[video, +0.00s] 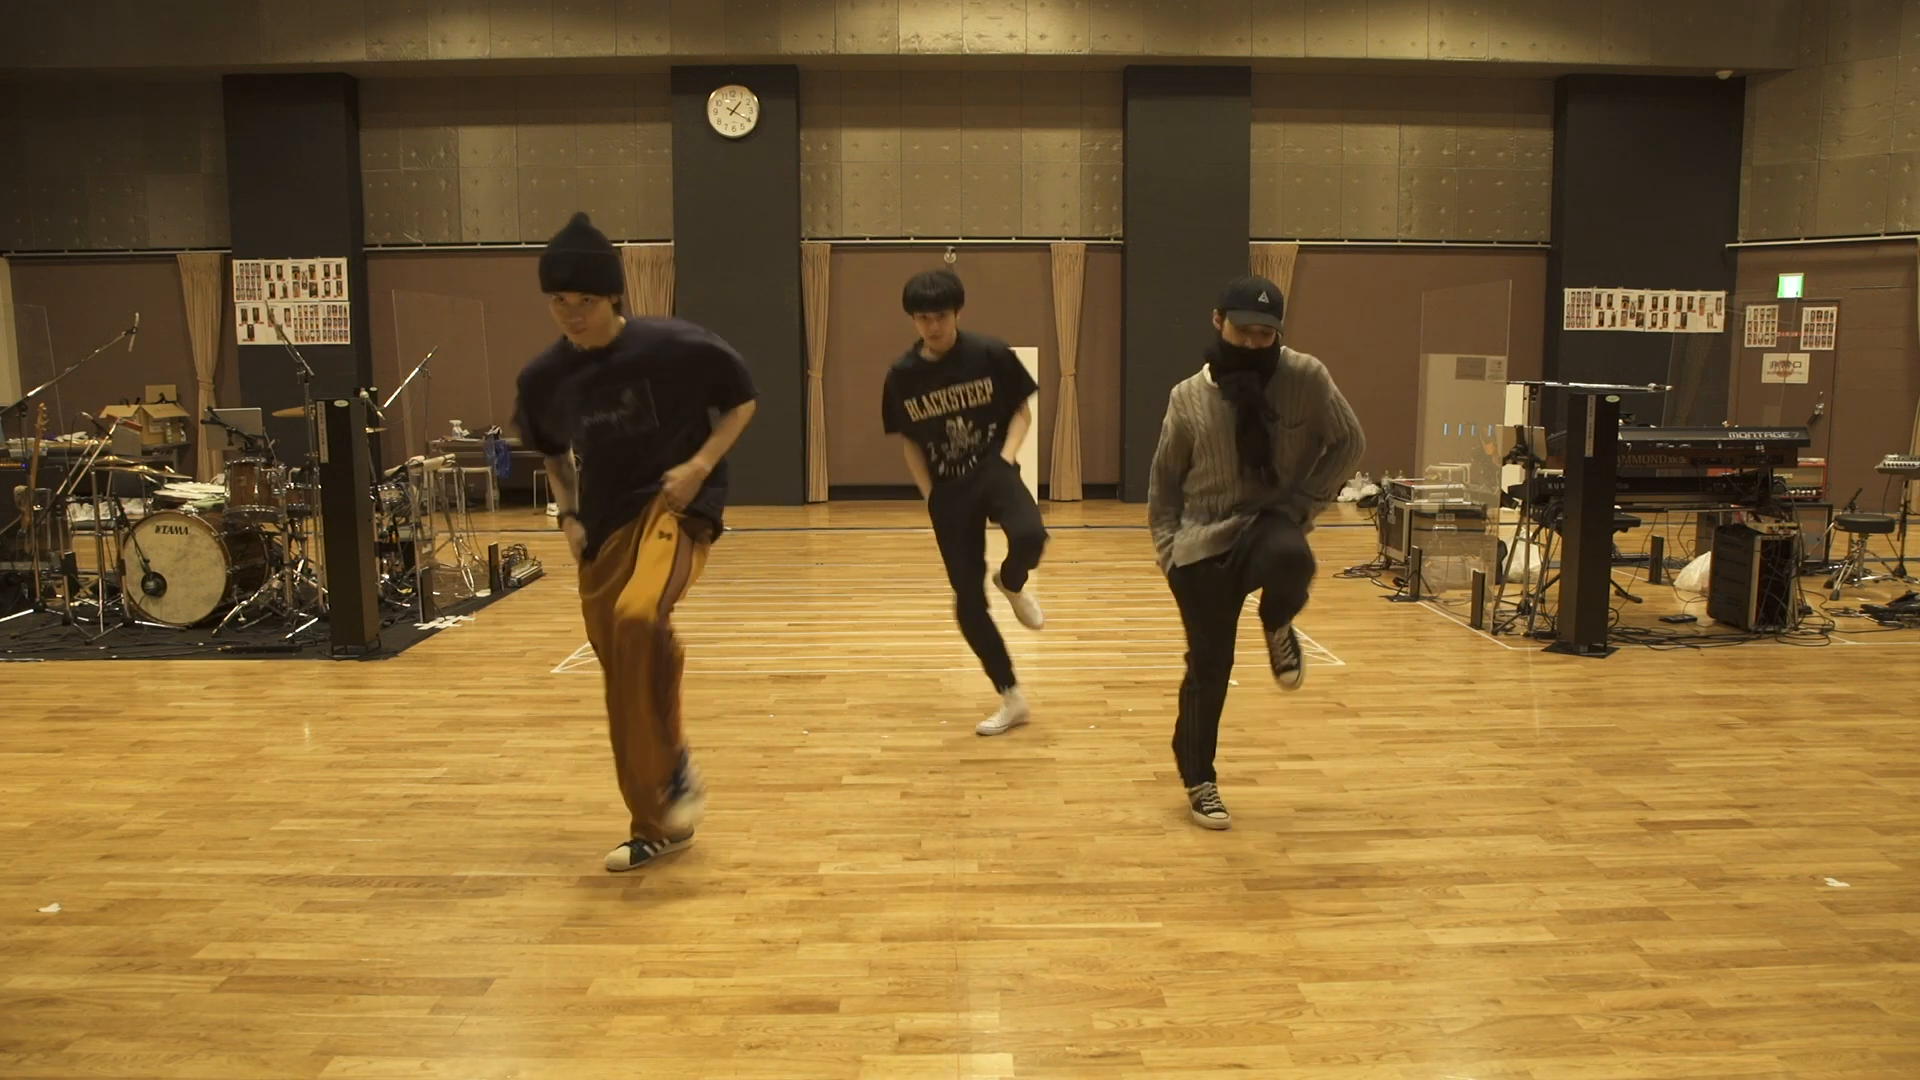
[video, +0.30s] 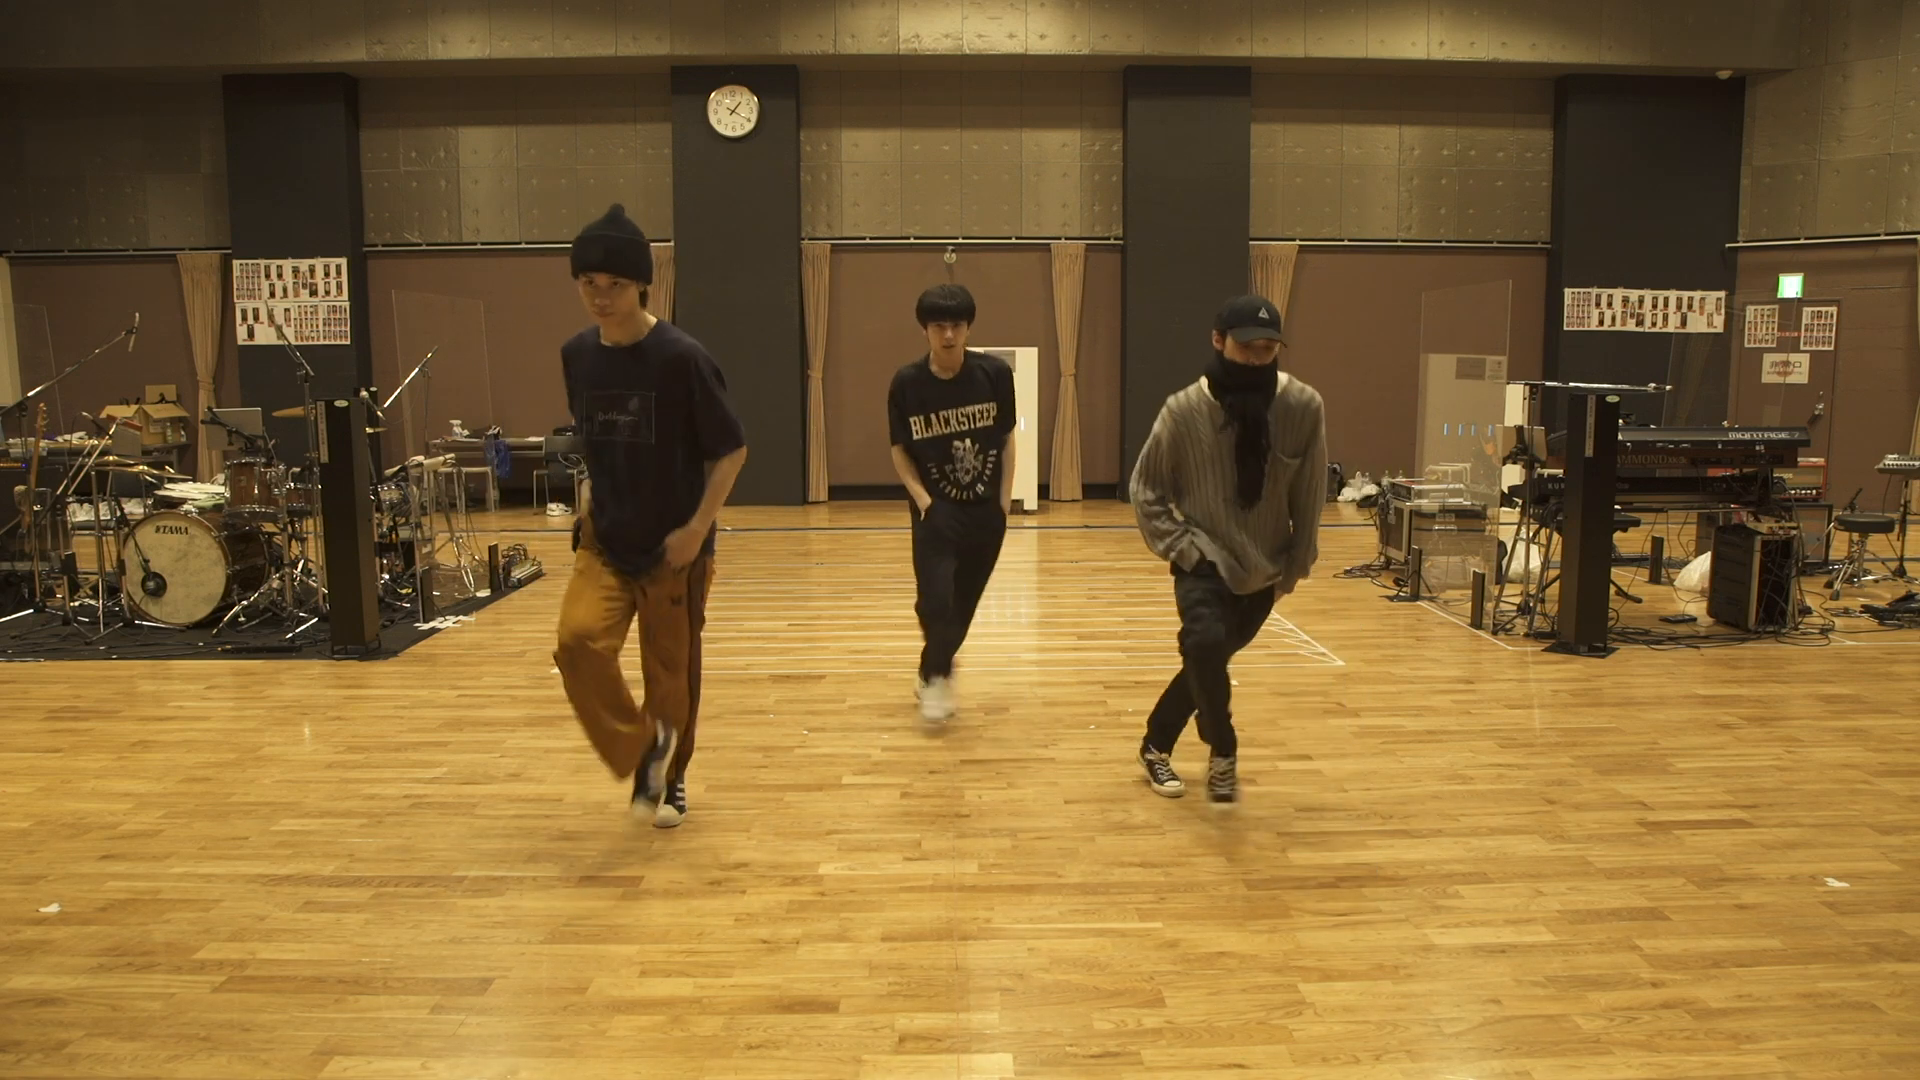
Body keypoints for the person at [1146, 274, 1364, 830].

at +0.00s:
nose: (1254, 342)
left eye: (1265, 332)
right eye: (1244, 330)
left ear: (1279, 332)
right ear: (1219, 324)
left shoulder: (1305, 377)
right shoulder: (1189, 398)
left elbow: (1348, 441)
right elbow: (1164, 479)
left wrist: (1305, 504)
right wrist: (1168, 547)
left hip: (1270, 521)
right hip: (1203, 535)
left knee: (1291, 562)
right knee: (1209, 666)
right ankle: (1200, 779)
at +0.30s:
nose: (1259, 357)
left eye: (1269, 346)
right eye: (1248, 345)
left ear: (1280, 348)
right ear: (1220, 342)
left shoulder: (1302, 406)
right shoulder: (1183, 411)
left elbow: (1311, 491)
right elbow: (1146, 491)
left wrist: (1296, 564)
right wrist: (1184, 546)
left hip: (1265, 565)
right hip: (1200, 560)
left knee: (1207, 663)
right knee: (1204, 646)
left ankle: (1154, 747)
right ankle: (1223, 754)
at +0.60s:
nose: (1295, 366)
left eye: (1303, 357)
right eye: (1282, 356)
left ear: (1311, 364)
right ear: (1253, 362)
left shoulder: (1334, 433)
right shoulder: (1222, 436)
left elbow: (1344, 519)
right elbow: (1190, 524)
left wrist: (1330, 581)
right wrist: (1223, 597)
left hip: (1305, 592)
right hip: (1243, 594)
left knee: (1319, 703)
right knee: (1246, 701)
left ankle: (1239, 708)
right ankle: (1215, 798)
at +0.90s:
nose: (1383, 370)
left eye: (1387, 359)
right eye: (1369, 361)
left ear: (1393, 364)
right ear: (1339, 370)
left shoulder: (1386, 426)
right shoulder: (1321, 443)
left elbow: (1393, 511)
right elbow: (1292, 542)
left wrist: (1415, 572)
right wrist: (1325, 621)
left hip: (1415, 593)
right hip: (1353, 616)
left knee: (1465, 707)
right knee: (1368, 733)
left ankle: (1496, 818)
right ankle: (1285, 786)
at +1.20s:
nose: (1357, 373)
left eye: (1364, 360)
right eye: (1341, 365)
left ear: (1380, 366)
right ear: (1318, 379)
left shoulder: (1413, 433)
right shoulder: (1286, 439)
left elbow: (1448, 517)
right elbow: (1240, 509)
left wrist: (1419, 590)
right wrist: (1284, 582)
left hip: (1389, 621)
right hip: (1306, 617)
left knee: (1446, 723)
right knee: (1215, 695)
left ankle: (1497, 817)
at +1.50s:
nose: (1243, 358)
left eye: (1253, 347)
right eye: (1230, 347)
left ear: (1267, 345)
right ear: (1203, 343)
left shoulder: (1270, 407)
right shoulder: (1158, 379)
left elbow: (1275, 491)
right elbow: (1106, 468)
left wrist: (1256, 554)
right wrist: (1119, 555)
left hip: (1223, 587)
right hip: (1146, 582)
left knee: (1262, 704)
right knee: (1101, 698)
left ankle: (1301, 820)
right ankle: (1122, 827)